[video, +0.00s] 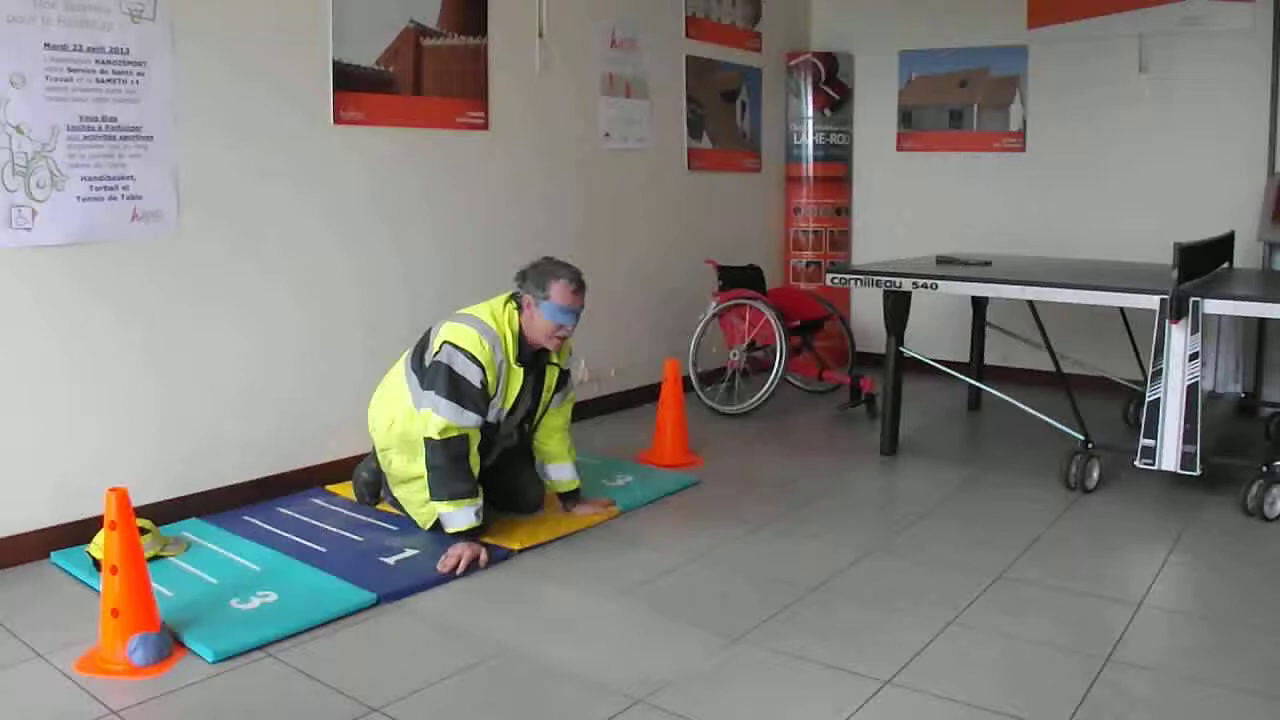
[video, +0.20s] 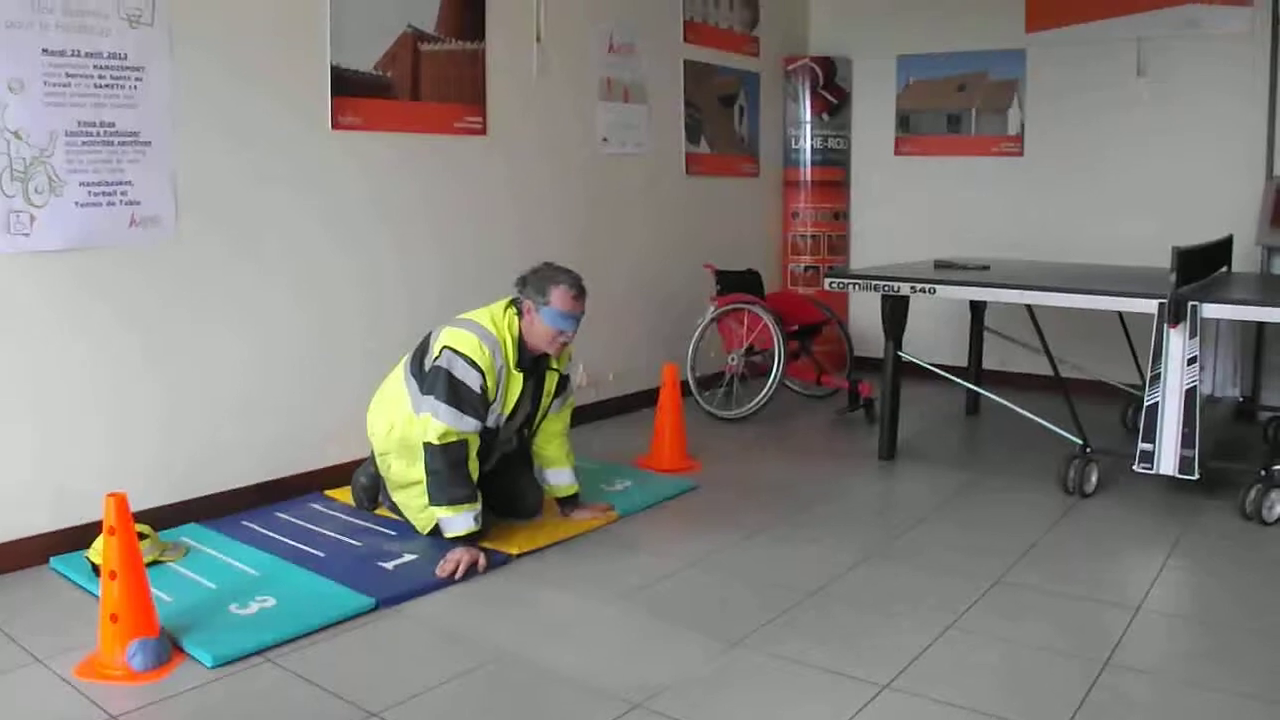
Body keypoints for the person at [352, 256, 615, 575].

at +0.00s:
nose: (568, 328)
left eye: (575, 318)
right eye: (560, 316)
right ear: (527, 305)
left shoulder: (556, 350)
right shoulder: (469, 343)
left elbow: (553, 423)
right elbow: (446, 438)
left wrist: (569, 497)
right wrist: (464, 536)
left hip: (484, 423)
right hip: (411, 430)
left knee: (526, 499)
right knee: (446, 522)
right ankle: (386, 470)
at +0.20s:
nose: (569, 334)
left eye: (575, 324)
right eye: (561, 322)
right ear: (527, 311)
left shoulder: (556, 354)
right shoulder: (469, 348)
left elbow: (552, 428)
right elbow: (446, 443)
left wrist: (568, 501)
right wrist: (462, 540)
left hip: (484, 428)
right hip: (409, 435)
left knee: (525, 505)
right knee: (442, 526)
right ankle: (385, 475)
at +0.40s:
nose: (570, 338)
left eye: (576, 329)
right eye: (563, 327)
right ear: (529, 314)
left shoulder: (555, 359)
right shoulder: (469, 352)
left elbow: (550, 432)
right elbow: (444, 446)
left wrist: (566, 505)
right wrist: (460, 544)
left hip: (483, 431)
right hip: (408, 438)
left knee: (523, 508)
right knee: (440, 528)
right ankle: (384, 478)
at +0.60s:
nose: (567, 340)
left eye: (572, 331)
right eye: (559, 329)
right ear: (524, 317)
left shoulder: (552, 360)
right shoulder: (465, 354)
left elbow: (548, 435)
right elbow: (443, 450)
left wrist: (566, 508)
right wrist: (460, 546)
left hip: (480, 435)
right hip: (406, 442)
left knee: (523, 511)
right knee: (437, 530)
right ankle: (380, 480)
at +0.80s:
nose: (563, 340)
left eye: (568, 331)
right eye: (554, 329)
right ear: (520, 317)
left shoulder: (549, 361)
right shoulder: (462, 355)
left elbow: (546, 435)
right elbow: (440, 451)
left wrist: (565, 509)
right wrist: (459, 548)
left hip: (477, 436)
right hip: (405, 444)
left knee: (521, 512)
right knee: (443, 533)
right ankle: (380, 481)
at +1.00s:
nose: (558, 341)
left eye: (564, 331)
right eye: (549, 329)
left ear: (569, 327)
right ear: (517, 318)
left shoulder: (547, 361)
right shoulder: (459, 355)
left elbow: (545, 435)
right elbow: (437, 451)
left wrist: (564, 509)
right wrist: (457, 548)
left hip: (476, 437)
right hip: (403, 445)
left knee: (521, 512)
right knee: (440, 534)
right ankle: (379, 482)